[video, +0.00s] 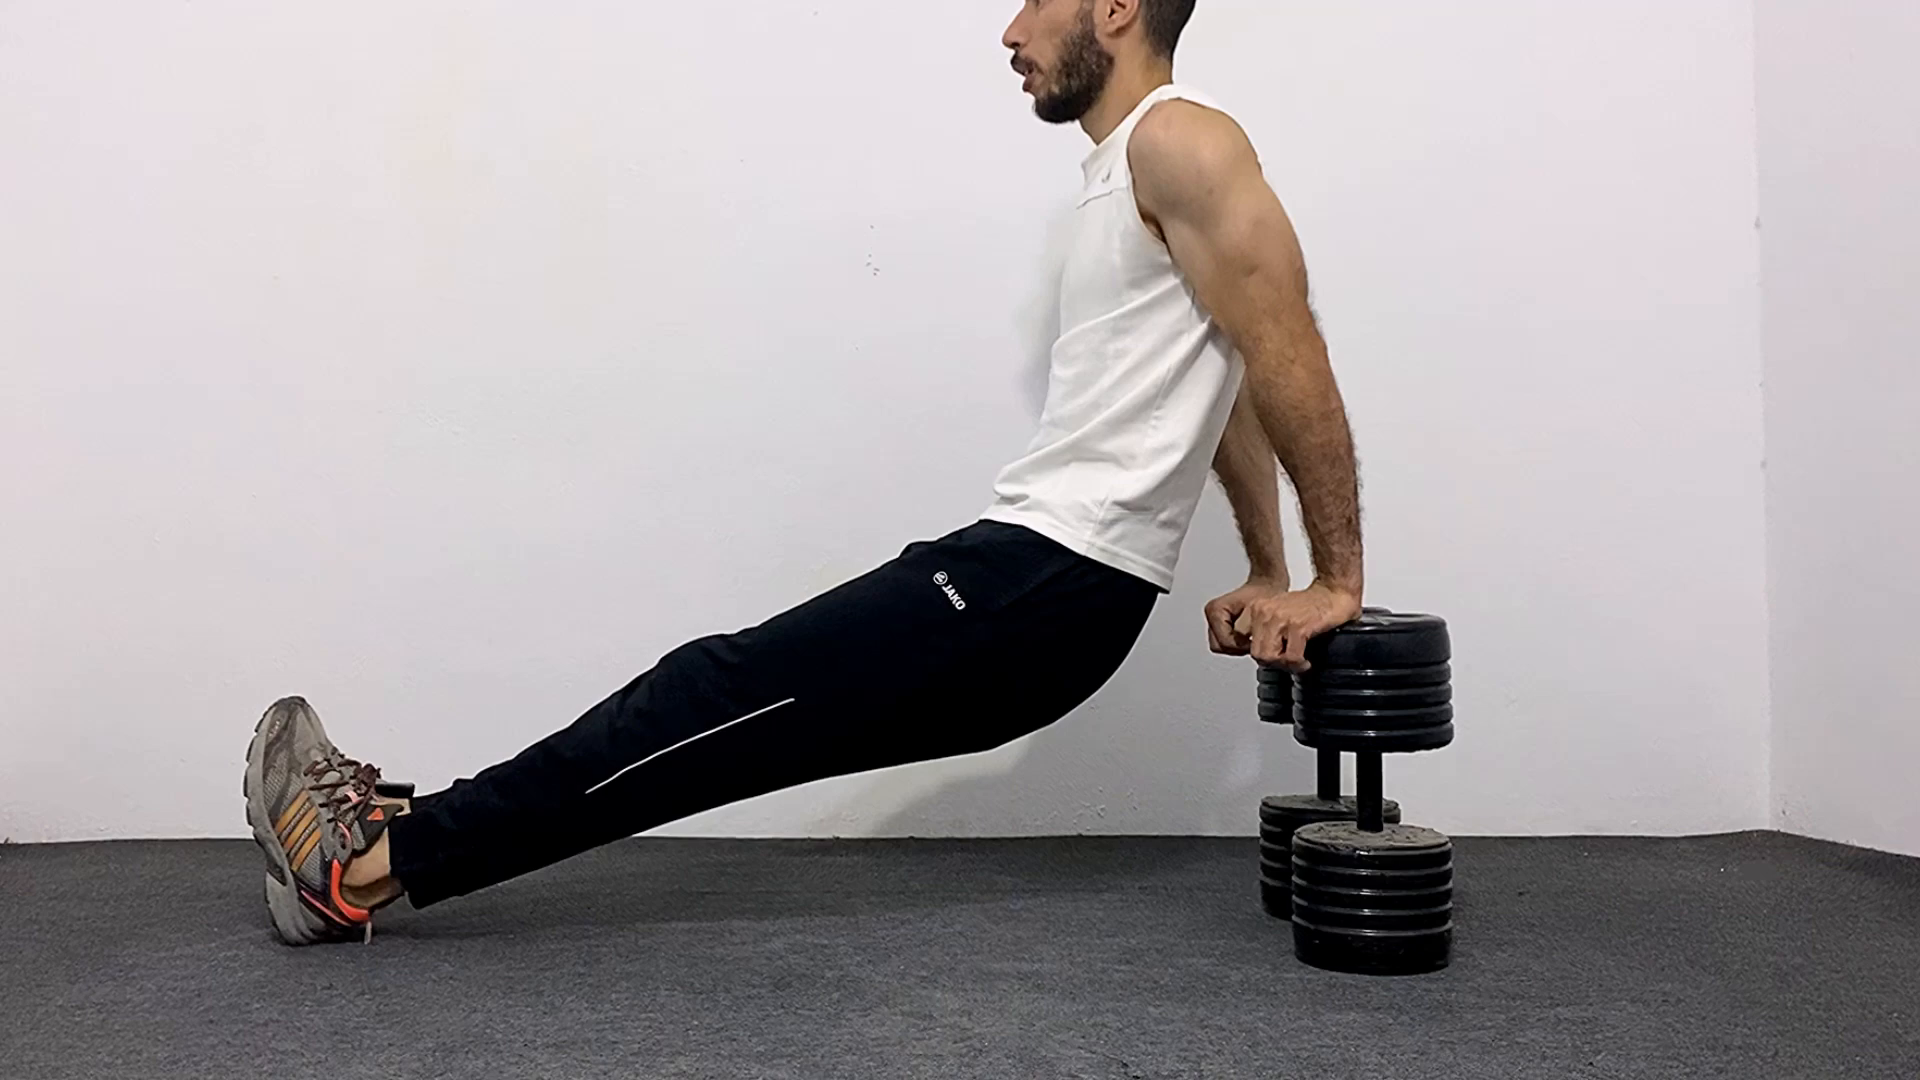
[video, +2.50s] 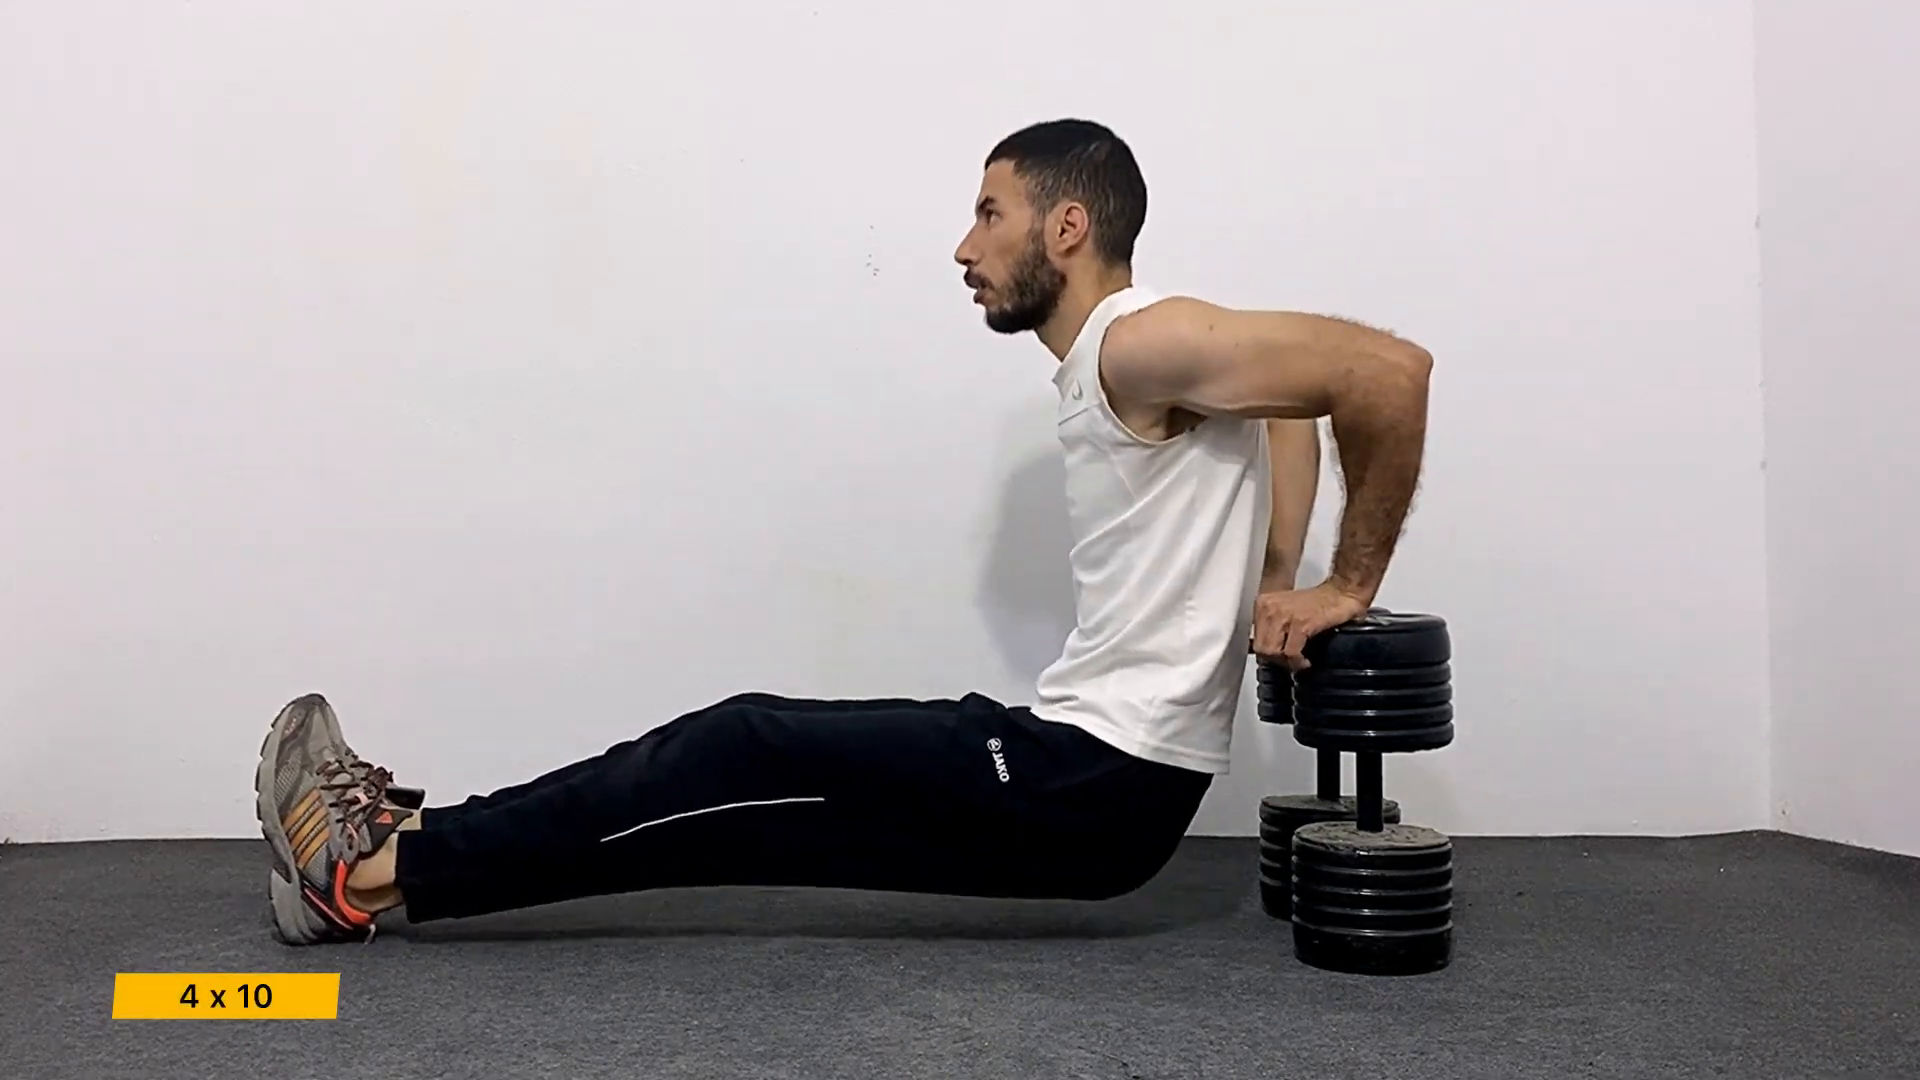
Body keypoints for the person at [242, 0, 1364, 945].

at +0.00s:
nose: (1011, 31)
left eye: (1035, 7)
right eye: (1016, 10)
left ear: (1123, 17)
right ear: (1100, 27)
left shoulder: (1178, 139)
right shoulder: (1130, 162)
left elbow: (1292, 358)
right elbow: (1230, 385)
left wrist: (1342, 579)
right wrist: (1267, 572)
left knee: (714, 707)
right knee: (707, 692)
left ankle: (374, 873)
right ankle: (407, 837)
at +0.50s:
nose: (972, 169)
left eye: (996, 142)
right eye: (981, 142)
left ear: (1080, 158)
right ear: (1081, 164)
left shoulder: (1143, 288)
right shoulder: (1120, 296)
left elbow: (1375, 364)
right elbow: (1288, 382)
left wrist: (1348, 586)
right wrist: (1274, 577)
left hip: (1087, 710)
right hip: (1072, 699)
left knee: (721, 725)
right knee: (717, 740)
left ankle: (381, 868)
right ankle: (403, 844)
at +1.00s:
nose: (952, 268)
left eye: (976, 238)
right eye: (963, 240)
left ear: (1059, 250)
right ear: (1066, 252)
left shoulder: (1120, 367)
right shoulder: (1111, 368)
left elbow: (1381, 374)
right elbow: (1284, 394)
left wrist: (1355, 584)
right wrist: (1277, 580)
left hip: (1086, 792)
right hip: (1081, 781)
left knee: (730, 738)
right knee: (718, 796)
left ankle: (367, 866)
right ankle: (409, 835)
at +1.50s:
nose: (976, 81)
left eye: (998, 50)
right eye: (983, 53)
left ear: (1080, 54)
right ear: (1076, 54)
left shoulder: (1153, 177)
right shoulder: (1133, 200)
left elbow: (1312, 352)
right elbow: (1251, 387)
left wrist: (1348, 580)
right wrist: (1262, 577)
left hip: (1070, 623)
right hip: (1055, 607)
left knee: (726, 723)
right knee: (722, 703)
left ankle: (381, 873)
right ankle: (407, 841)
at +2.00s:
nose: (1007, 76)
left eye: (1031, 46)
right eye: (1015, 47)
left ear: (1116, 53)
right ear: (1106, 57)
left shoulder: (1179, 183)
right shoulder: (1145, 206)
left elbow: (1343, 349)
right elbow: (1266, 389)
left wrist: (1350, 580)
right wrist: (1269, 575)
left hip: (1069, 623)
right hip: (1053, 609)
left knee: (713, 712)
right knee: (711, 703)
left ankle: (376, 871)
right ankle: (400, 843)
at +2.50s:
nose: (964, 248)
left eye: (987, 216)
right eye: (973, 219)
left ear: (1074, 227)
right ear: (1077, 228)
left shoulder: (1136, 345)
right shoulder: (1126, 345)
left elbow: (1391, 375)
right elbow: (1295, 391)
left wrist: (1355, 585)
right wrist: (1279, 575)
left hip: (1097, 776)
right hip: (1078, 760)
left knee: (741, 742)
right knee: (736, 795)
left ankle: (386, 869)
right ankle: (416, 848)